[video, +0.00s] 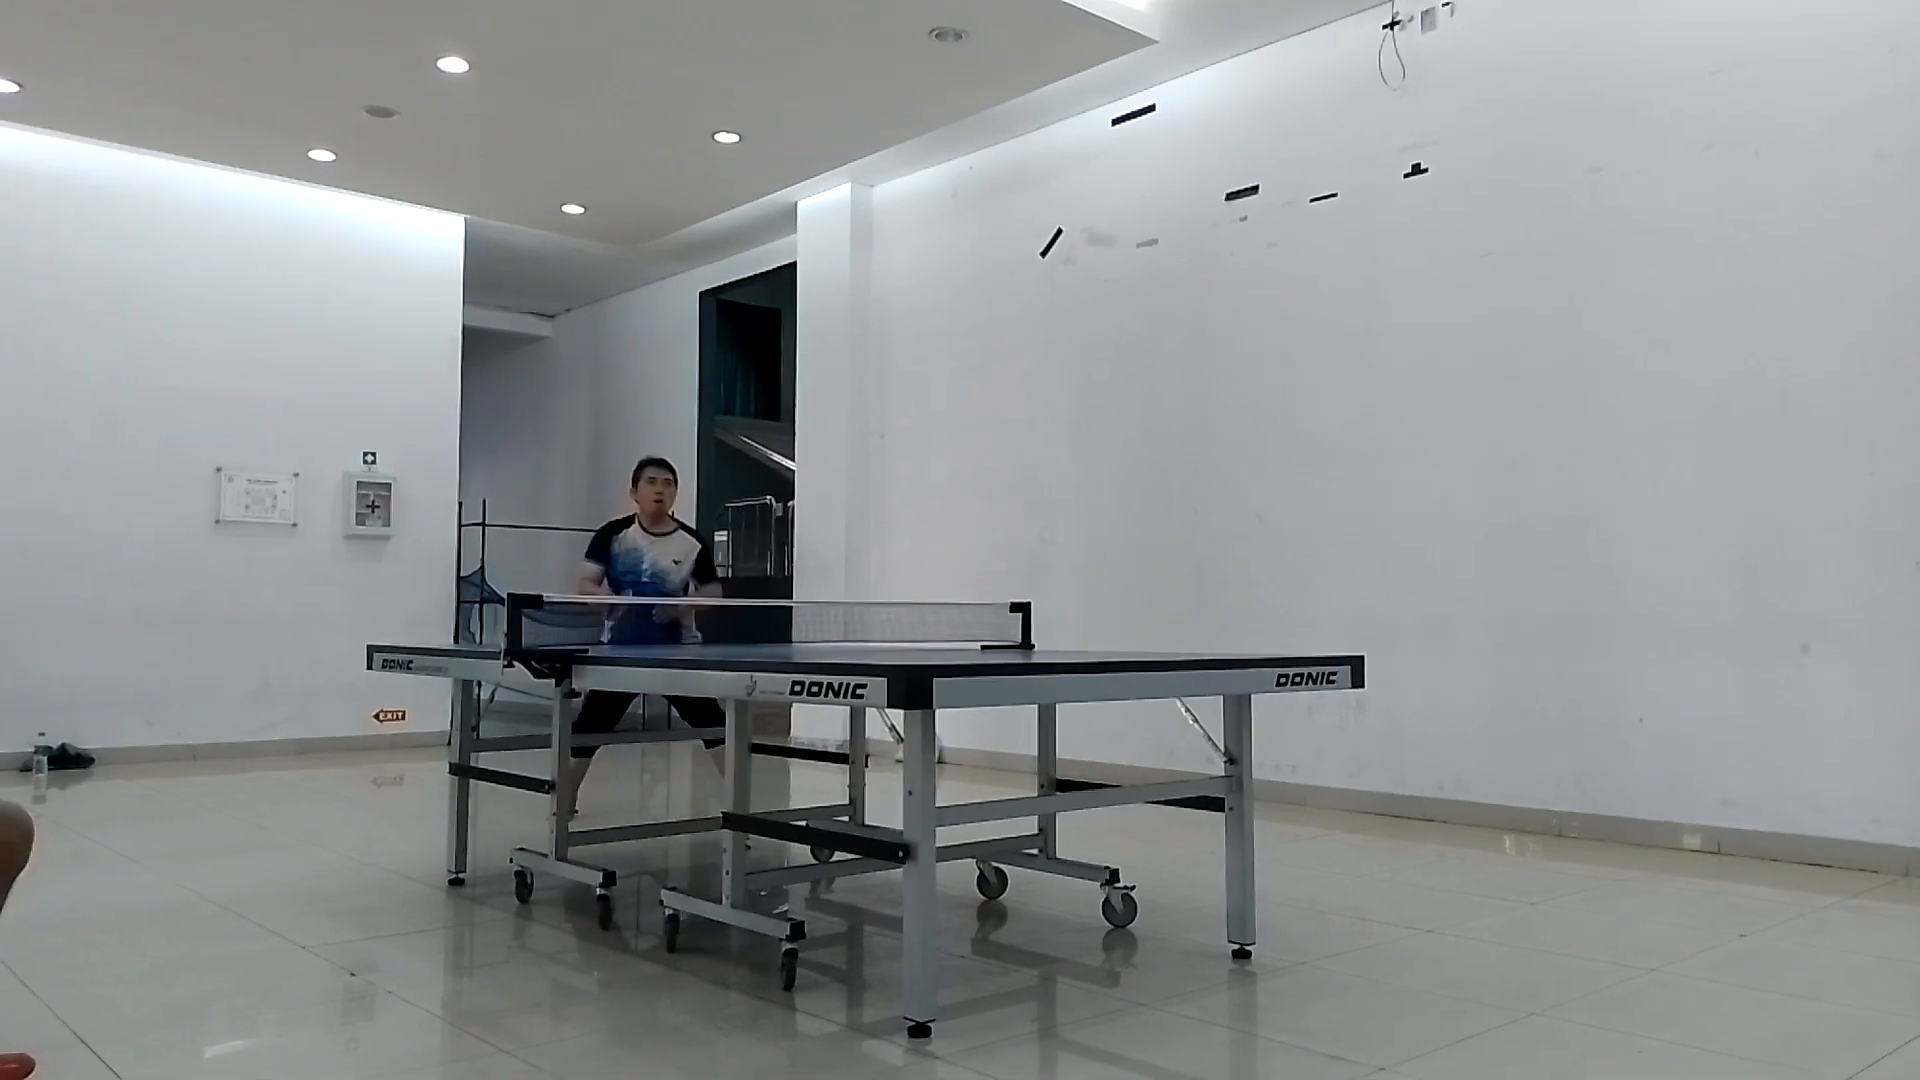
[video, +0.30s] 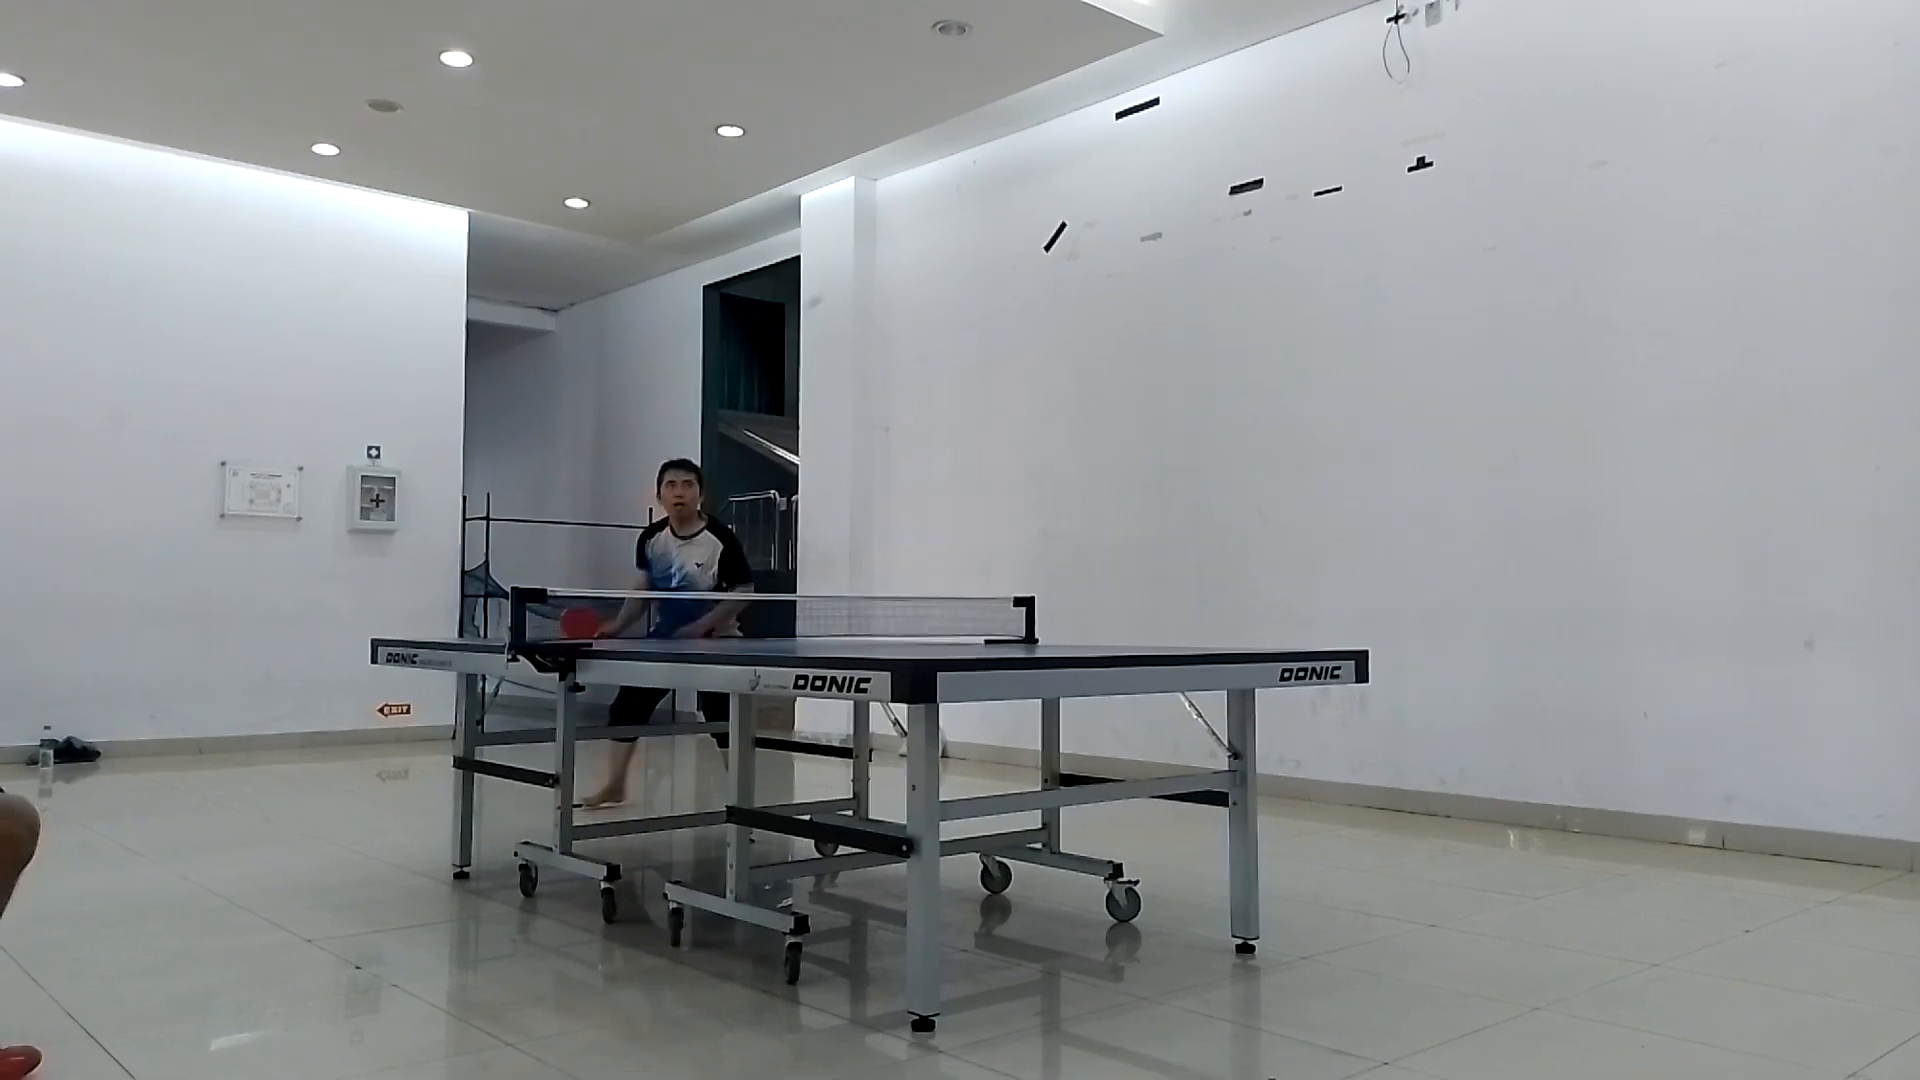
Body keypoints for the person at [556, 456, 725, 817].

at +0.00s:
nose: (660, 489)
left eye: (667, 483)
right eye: (651, 482)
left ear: (676, 493)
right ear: (634, 491)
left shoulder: (693, 543)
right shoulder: (611, 534)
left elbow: (713, 596)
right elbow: (584, 587)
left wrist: (680, 608)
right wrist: (606, 601)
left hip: (676, 654)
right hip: (621, 652)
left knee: (715, 729)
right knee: (587, 731)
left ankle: (742, 805)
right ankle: (564, 807)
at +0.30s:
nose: (679, 492)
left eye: (687, 485)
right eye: (671, 485)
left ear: (700, 493)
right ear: (660, 495)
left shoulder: (720, 538)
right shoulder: (651, 539)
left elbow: (744, 593)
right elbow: (641, 590)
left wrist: (700, 626)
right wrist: (617, 624)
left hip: (715, 643)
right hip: (664, 641)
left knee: (719, 714)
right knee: (628, 704)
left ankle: (745, 797)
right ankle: (615, 784)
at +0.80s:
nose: (621, 505)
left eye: (626, 496)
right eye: (615, 498)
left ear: (648, 492)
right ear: (613, 497)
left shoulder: (674, 531)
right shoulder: (627, 533)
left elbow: (688, 591)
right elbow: (630, 590)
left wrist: (666, 639)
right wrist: (603, 630)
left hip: (675, 635)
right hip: (642, 633)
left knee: (668, 706)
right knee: (634, 706)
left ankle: (702, 785)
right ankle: (667, 780)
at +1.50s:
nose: (545, 485)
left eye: (554, 477)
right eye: (541, 477)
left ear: (576, 479)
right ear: (537, 480)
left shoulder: (593, 521)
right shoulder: (544, 521)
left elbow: (579, 584)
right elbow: (532, 570)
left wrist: (533, 605)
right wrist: (510, 605)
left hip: (594, 629)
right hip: (557, 625)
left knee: (581, 703)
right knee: (535, 697)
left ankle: (578, 780)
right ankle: (528, 777)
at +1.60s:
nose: (544, 480)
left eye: (553, 473)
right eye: (538, 473)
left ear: (571, 476)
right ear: (532, 477)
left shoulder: (590, 521)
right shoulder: (531, 518)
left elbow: (584, 584)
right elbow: (518, 570)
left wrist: (538, 613)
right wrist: (510, 606)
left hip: (580, 627)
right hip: (540, 624)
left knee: (573, 703)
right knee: (524, 699)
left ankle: (576, 781)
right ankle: (526, 780)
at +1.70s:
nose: (539, 476)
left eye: (548, 469)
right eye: (532, 469)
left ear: (564, 474)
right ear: (523, 474)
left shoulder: (584, 517)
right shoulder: (514, 516)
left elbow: (597, 574)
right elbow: (499, 564)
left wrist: (557, 613)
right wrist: (498, 596)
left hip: (568, 627)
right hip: (522, 626)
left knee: (563, 704)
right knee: (515, 700)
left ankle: (567, 779)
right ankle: (521, 780)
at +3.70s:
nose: (580, 516)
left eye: (587, 508)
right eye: (572, 507)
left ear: (595, 508)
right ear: (551, 506)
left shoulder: (606, 550)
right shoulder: (527, 531)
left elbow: (627, 602)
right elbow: (472, 571)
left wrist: (639, 599)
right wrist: (503, 558)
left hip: (577, 653)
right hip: (523, 650)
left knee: (609, 717)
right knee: (494, 723)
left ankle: (593, 792)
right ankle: (468, 797)